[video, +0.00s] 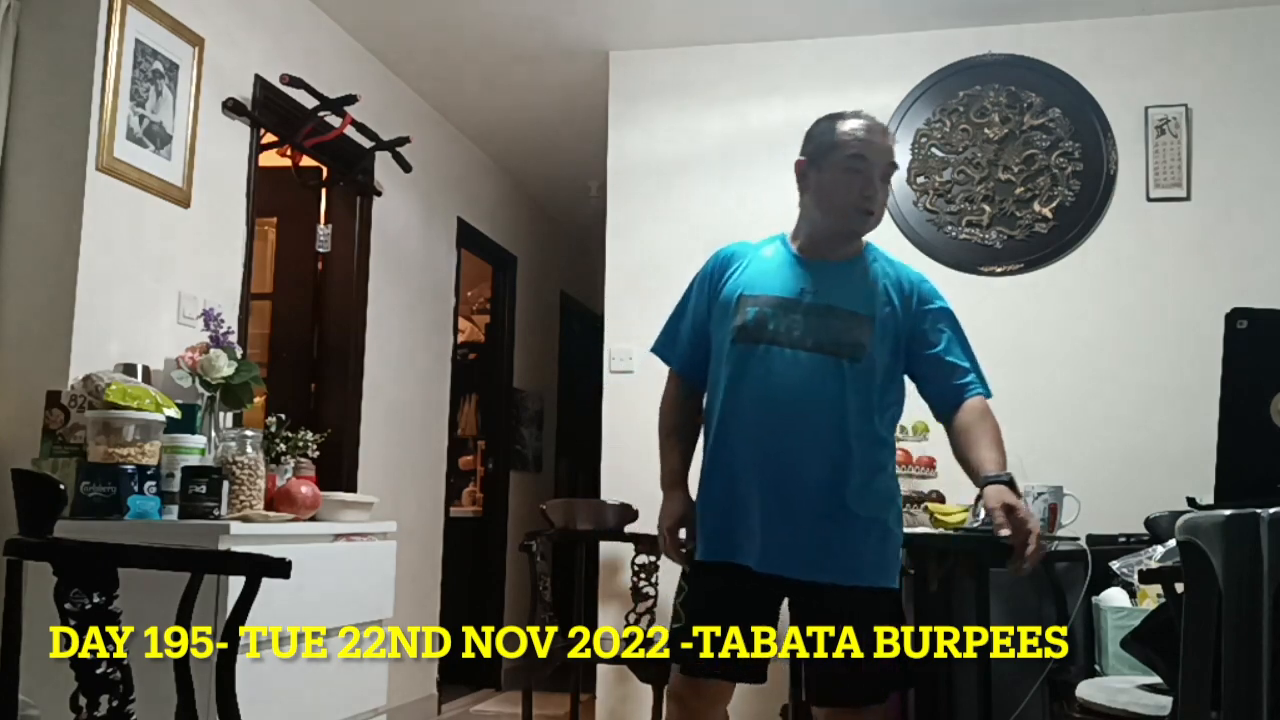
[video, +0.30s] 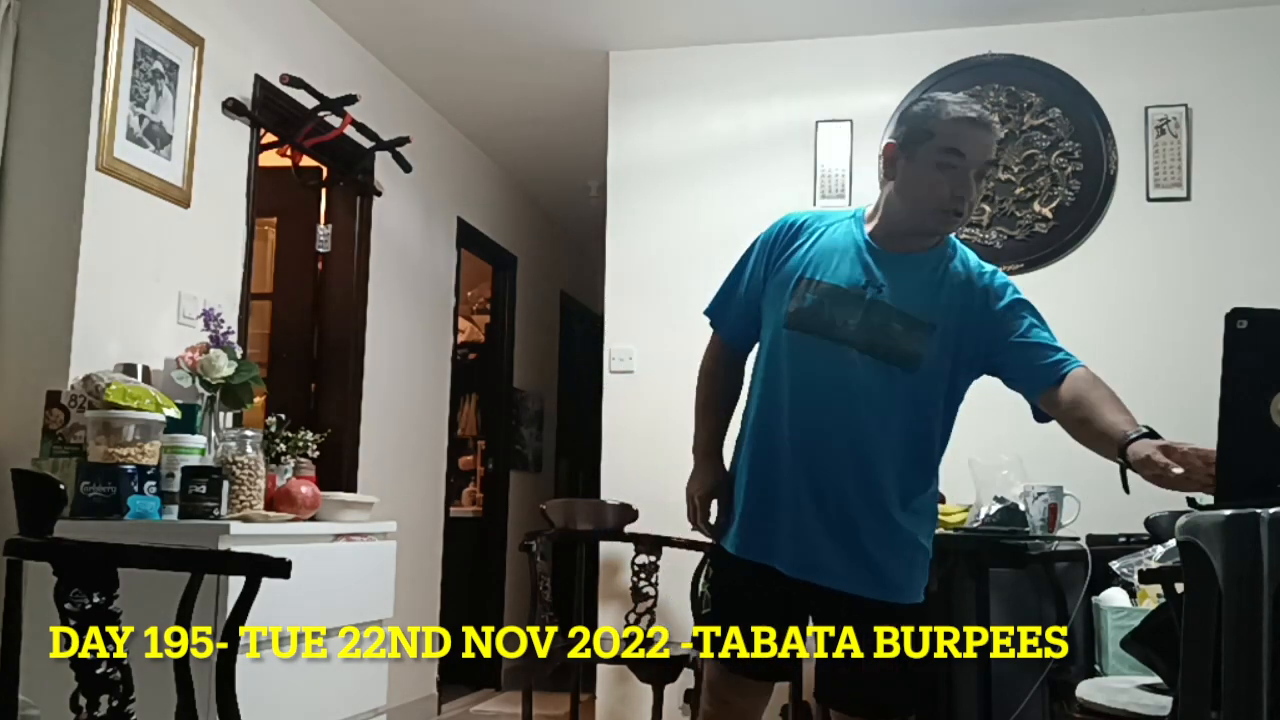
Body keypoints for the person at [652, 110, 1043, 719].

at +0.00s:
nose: (874, 189)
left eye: (885, 175)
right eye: (856, 166)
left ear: (893, 188)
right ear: (804, 173)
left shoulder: (907, 294)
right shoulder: (731, 269)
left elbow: (964, 397)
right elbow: (683, 387)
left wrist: (994, 480)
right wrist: (674, 488)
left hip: (853, 550)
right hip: (736, 535)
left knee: (851, 709)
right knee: (694, 696)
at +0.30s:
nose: (966, 192)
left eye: (979, 176)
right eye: (949, 166)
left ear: (986, 183)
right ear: (891, 159)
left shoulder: (980, 295)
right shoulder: (793, 240)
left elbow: (1062, 379)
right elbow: (726, 349)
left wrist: (1135, 444)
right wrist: (706, 460)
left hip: (880, 570)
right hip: (762, 540)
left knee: (861, 714)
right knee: (726, 706)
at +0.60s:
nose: (996, 190)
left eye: (1011, 173)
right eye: (979, 162)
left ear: (1016, 183)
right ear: (919, 158)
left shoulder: (1005, 297)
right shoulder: (810, 234)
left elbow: (1080, 389)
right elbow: (738, 340)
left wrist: (1151, 466)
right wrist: (717, 456)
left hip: (893, 577)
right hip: (771, 539)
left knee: (865, 717)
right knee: (726, 705)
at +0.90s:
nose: (1002, 188)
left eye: (1015, 172)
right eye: (984, 160)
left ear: (1018, 183)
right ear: (922, 156)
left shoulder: (1008, 297)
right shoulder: (814, 233)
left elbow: (1082, 390)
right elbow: (740, 338)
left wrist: (1152, 463)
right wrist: (718, 456)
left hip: (895, 574)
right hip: (772, 536)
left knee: (864, 717)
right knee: (725, 705)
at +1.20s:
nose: (977, 183)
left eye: (989, 167)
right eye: (959, 157)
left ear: (997, 175)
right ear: (897, 152)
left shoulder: (989, 294)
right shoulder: (792, 236)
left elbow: (1063, 390)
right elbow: (723, 343)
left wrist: (1132, 465)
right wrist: (703, 459)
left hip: (882, 570)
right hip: (759, 536)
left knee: (861, 713)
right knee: (716, 702)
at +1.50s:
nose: (875, 159)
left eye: (884, 144)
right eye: (853, 138)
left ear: (891, 158)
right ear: (794, 148)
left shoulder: (910, 278)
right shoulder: (714, 254)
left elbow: (948, 411)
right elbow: (662, 380)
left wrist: (955, 529)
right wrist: (654, 501)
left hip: (851, 559)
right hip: (724, 544)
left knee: (855, 713)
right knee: (693, 706)